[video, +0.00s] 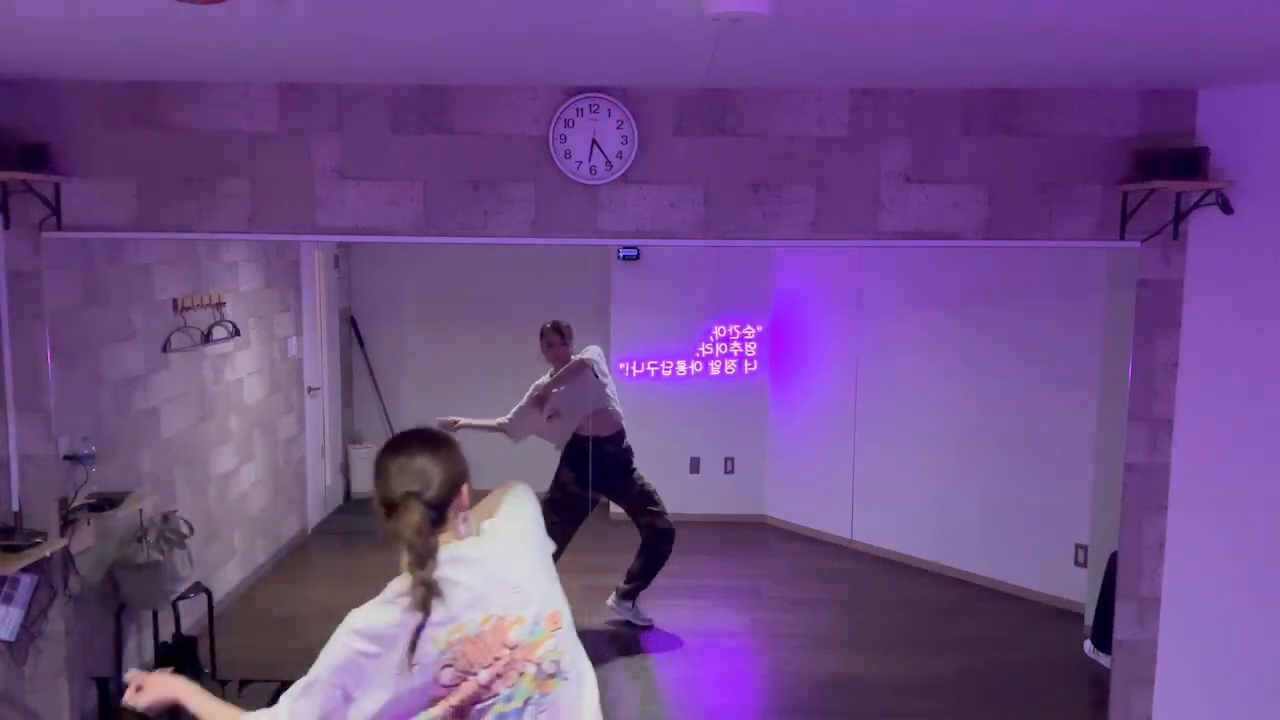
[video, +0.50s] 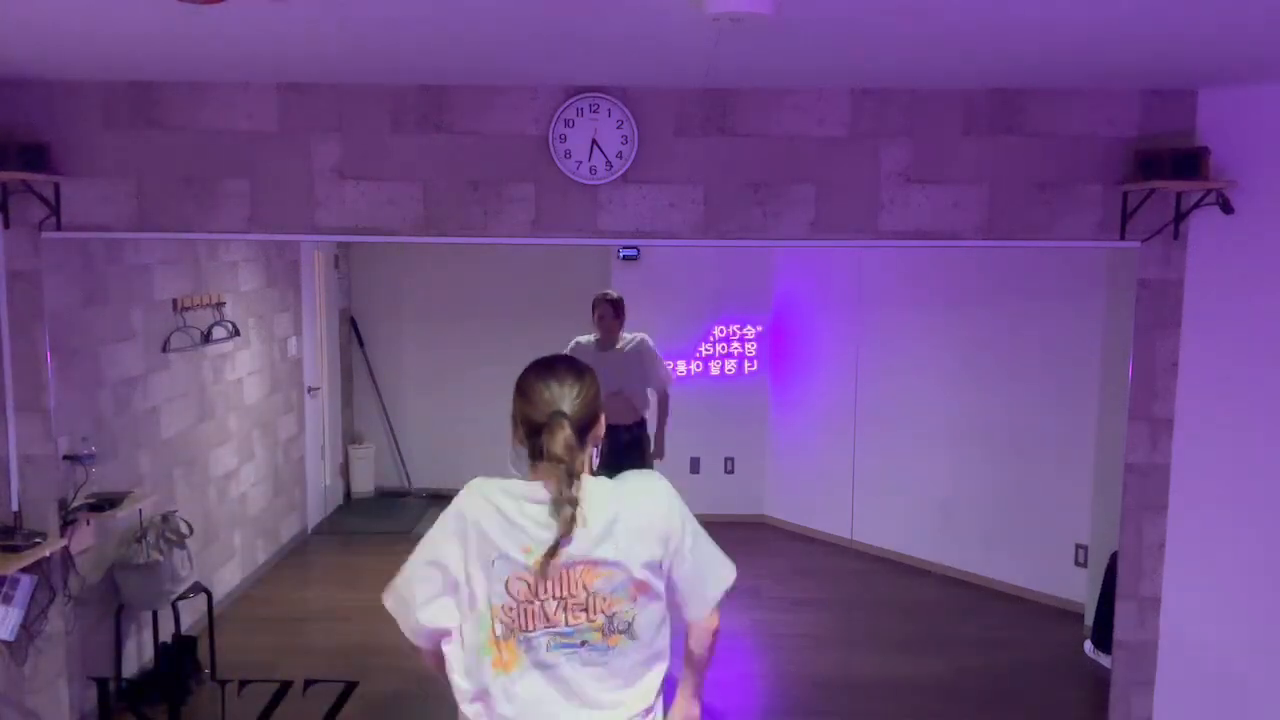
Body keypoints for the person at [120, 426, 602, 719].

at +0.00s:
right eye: (465, 477)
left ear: (384, 514)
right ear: (466, 496)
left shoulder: (382, 624)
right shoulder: (519, 529)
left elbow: (285, 717)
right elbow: (511, 492)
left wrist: (180, 688)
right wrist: (453, 517)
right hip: (572, 708)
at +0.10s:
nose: (512, 470)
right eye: (512, 463)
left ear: (427, 488)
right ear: (507, 479)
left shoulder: (407, 599)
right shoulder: (559, 528)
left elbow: (272, 693)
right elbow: (572, 454)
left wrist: (242, 634)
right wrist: (512, 509)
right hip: (602, 710)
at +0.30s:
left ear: (482, 446)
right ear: (564, 439)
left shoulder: (444, 515)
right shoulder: (612, 471)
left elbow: (313, 553)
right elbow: (680, 463)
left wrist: (392, 617)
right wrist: (633, 516)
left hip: (504, 710)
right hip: (626, 707)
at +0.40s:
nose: (593, 422)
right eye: (589, 415)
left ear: (501, 433)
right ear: (584, 427)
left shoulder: (468, 494)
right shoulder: (626, 468)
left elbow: (356, 569)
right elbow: (712, 527)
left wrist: (431, 653)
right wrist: (659, 610)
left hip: (507, 709)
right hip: (625, 704)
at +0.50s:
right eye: (604, 417)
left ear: (517, 431)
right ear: (599, 429)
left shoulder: (476, 505)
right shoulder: (650, 498)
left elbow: (421, 619)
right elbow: (705, 623)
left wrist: (462, 683)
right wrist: (690, 694)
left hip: (505, 709)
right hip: (627, 710)